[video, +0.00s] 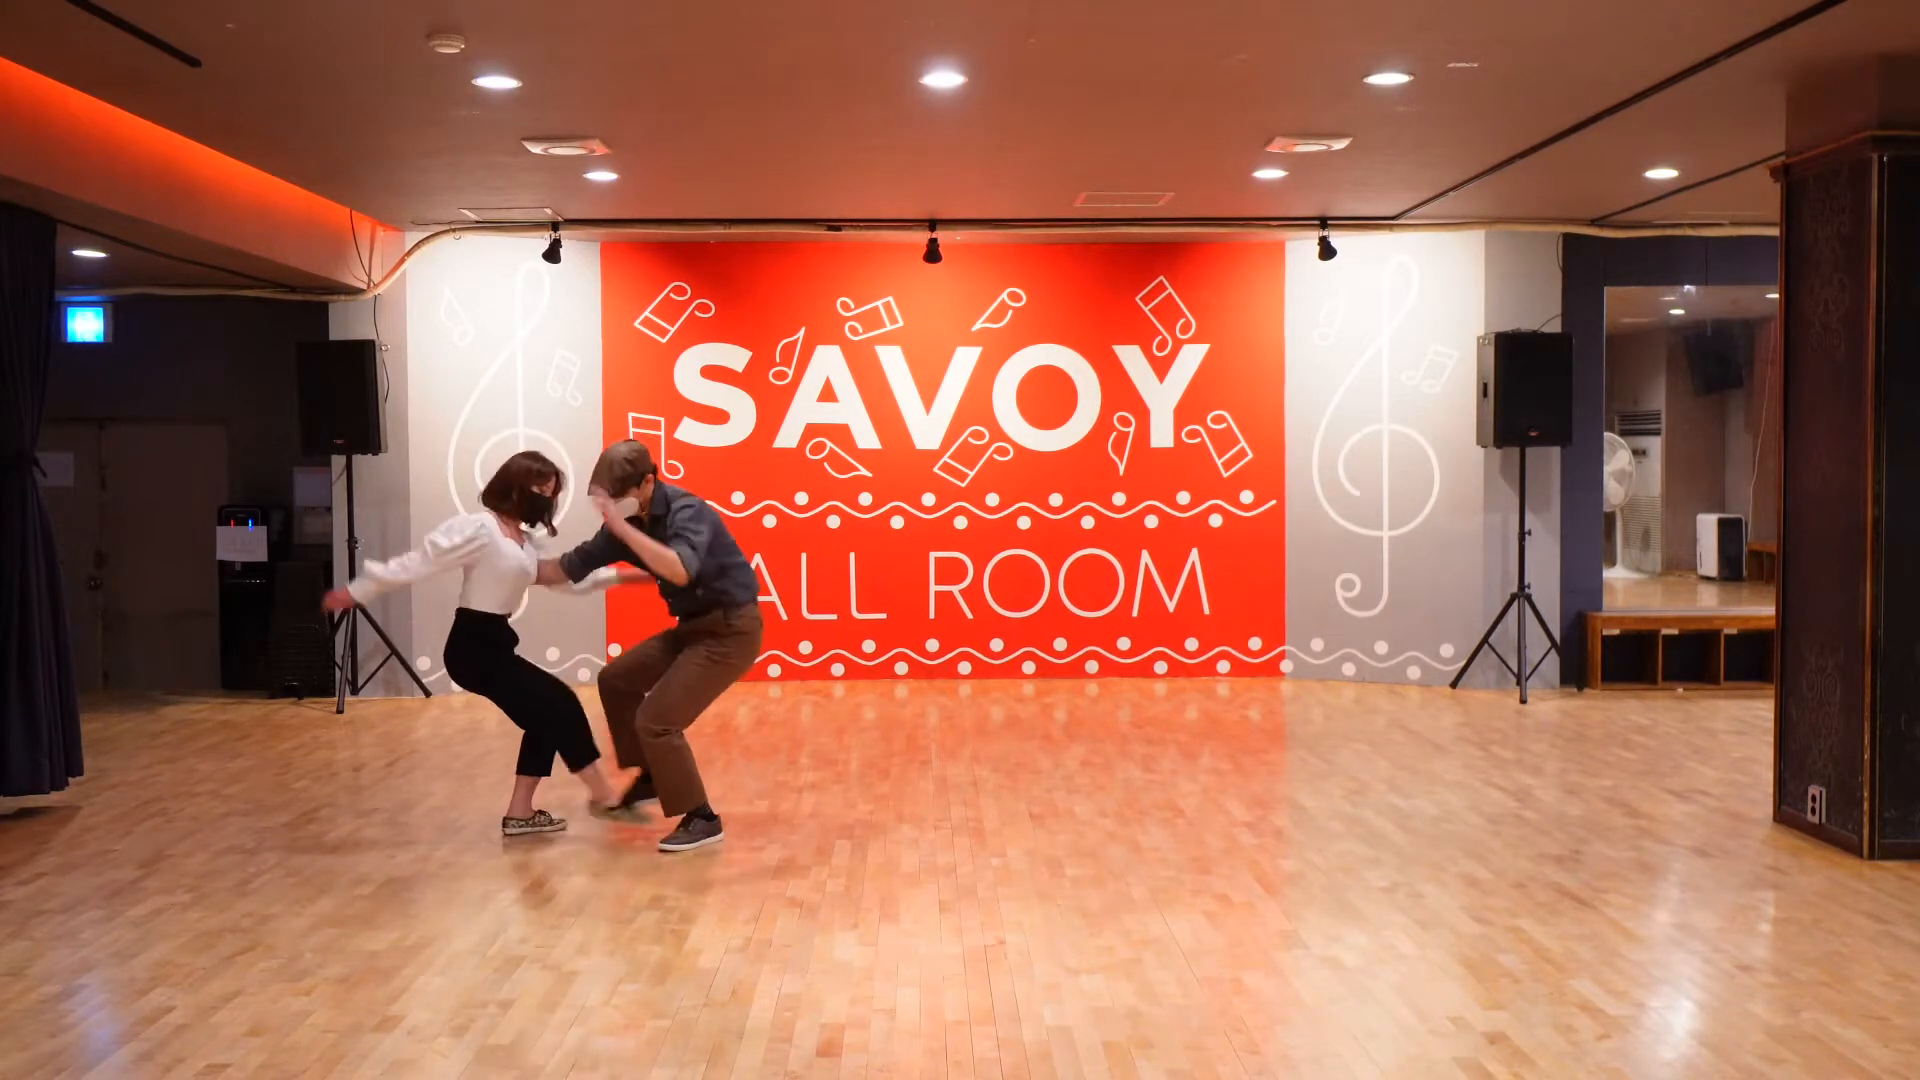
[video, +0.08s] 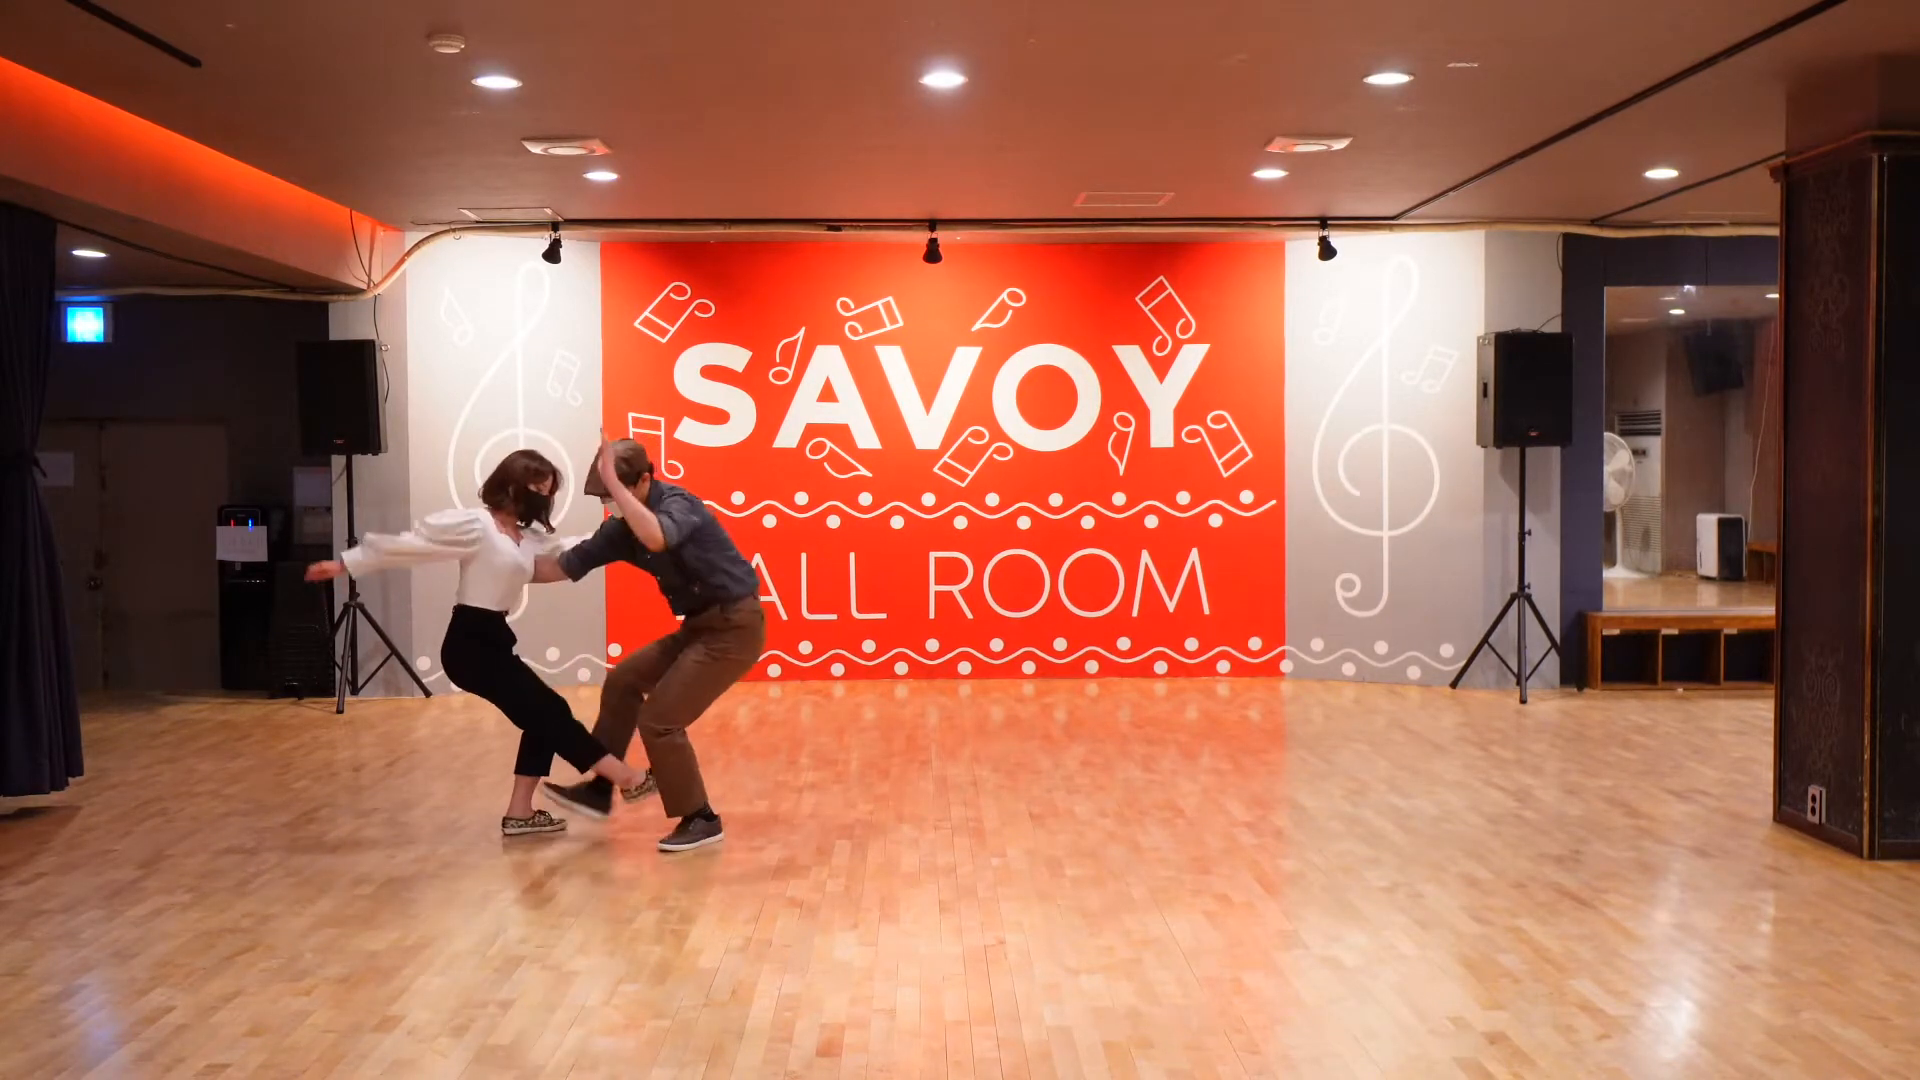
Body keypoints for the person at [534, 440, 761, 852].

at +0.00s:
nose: (611, 508)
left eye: (617, 499)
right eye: (606, 501)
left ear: (645, 485)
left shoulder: (689, 512)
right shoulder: (626, 525)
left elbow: (679, 570)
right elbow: (567, 567)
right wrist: (509, 562)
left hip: (731, 633)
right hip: (691, 631)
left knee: (656, 721)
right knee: (616, 682)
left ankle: (701, 816)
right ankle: (652, 776)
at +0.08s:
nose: (607, 505)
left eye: (611, 495)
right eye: (602, 497)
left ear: (637, 482)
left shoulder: (679, 504)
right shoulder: (621, 530)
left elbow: (657, 537)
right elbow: (561, 566)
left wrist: (614, 483)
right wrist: (502, 556)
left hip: (735, 628)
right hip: (700, 628)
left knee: (659, 718)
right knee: (623, 683)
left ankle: (700, 817)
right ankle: (599, 787)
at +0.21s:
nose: (606, 500)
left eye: (612, 490)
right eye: (600, 494)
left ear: (640, 481)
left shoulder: (677, 504)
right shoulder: (619, 530)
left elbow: (632, 525)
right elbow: (559, 563)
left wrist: (591, 471)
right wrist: (497, 563)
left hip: (734, 627)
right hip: (702, 630)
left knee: (657, 720)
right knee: (633, 704)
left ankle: (701, 818)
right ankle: (587, 800)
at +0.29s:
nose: (605, 505)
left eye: (611, 495)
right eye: (601, 498)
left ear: (640, 483)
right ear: (631, 486)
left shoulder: (679, 508)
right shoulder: (631, 526)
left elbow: (623, 543)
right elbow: (563, 562)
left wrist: (562, 496)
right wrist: (500, 557)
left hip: (734, 629)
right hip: (697, 630)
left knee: (658, 720)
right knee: (621, 686)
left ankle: (701, 818)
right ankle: (617, 790)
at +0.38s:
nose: (604, 504)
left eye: (609, 494)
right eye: (601, 495)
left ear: (639, 484)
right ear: (634, 484)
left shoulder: (682, 515)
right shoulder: (628, 522)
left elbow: (630, 573)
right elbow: (574, 559)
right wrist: (528, 565)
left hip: (732, 633)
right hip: (694, 632)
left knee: (655, 720)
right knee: (617, 690)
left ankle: (701, 818)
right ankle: (659, 781)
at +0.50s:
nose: (603, 500)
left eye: (609, 490)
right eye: (600, 492)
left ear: (638, 481)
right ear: (626, 485)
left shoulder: (680, 521)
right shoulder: (622, 526)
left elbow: (650, 609)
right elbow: (564, 569)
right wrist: (503, 575)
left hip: (722, 636)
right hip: (686, 637)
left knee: (650, 723)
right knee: (621, 716)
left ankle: (700, 818)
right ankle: (675, 806)